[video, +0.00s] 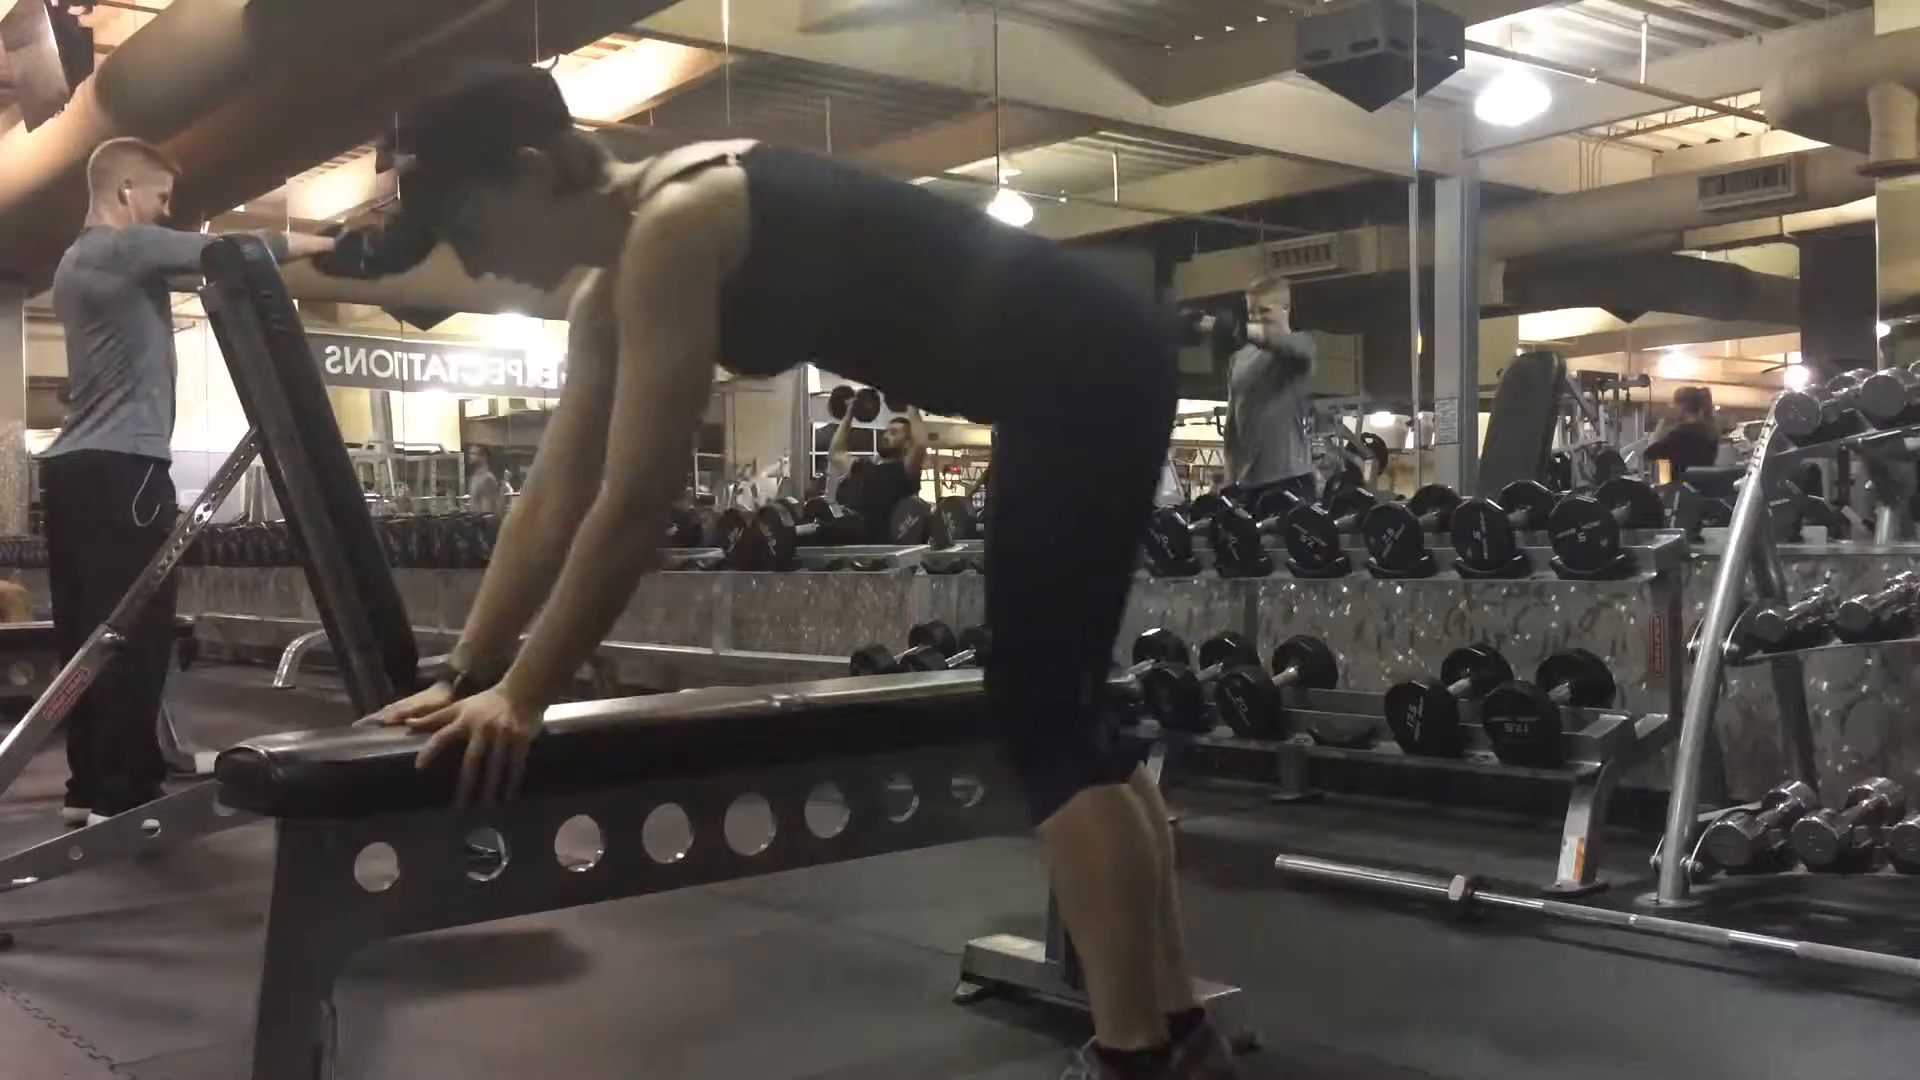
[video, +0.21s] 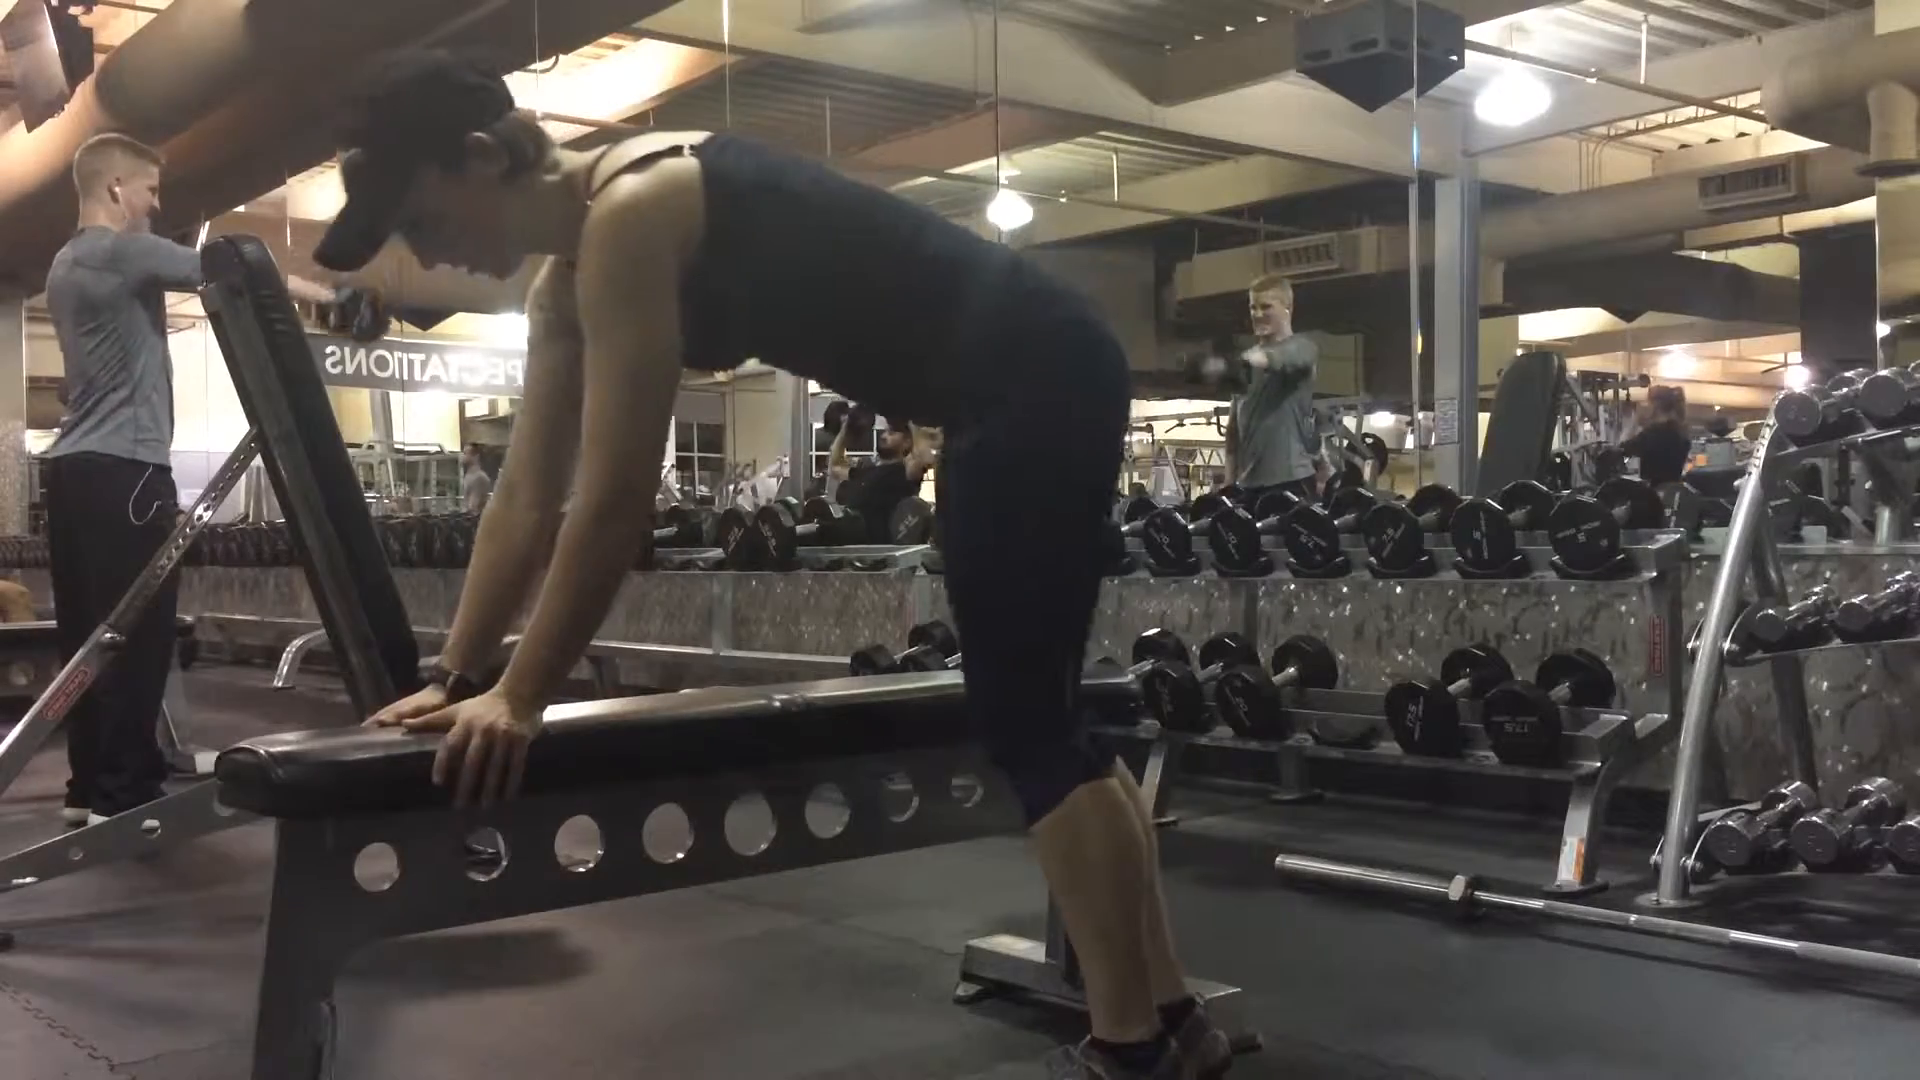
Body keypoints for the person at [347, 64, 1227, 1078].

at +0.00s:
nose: (477, 267)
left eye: (473, 233)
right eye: (460, 244)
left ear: (539, 170)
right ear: (540, 178)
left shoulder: (673, 232)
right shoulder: (619, 272)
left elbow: (639, 498)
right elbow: (559, 487)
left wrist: (518, 697)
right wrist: (464, 672)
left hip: (1081, 362)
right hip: (1073, 362)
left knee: (1041, 723)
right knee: (1071, 714)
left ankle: (1134, 1046)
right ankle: (1172, 1015)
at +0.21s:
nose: (435, 259)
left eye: (425, 224)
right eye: (416, 242)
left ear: (482, 161)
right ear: (475, 177)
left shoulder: (633, 222)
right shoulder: (571, 269)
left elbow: (618, 500)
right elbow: (528, 490)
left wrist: (517, 693)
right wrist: (456, 673)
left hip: (1035, 375)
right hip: (1007, 384)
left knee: (1023, 721)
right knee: (1040, 716)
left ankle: (1130, 1037)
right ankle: (1165, 1007)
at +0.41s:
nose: (403, 258)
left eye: (394, 225)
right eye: (384, 240)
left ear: (451, 157)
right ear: (451, 169)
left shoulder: (607, 220)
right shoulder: (543, 273)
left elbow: (612, 501)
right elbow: (515, 482)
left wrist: (516, 694)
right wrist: (456, 672)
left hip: (1009, 374)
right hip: (965, 393)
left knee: (1021, 722)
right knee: (1018, 715)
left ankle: (1134, 1035)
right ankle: (1149, 994)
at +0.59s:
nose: (402, 283)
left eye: (394, 245)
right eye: (382, 261)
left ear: (455, 179)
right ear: (454, 192)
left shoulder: (610, 239)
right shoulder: (539, 287)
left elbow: (638, 505)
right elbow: (525, 495)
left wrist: (522, 695)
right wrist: (458, 674)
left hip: (996, 430)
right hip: (926, 453)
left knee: (934, 769)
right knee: (936, 756)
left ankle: (1128, 1036)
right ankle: (1123, 992)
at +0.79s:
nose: (274, 281)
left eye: (260, 248)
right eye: (251, 263)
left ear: (314, 181)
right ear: (296, 210)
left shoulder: (512, 218)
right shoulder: (411, 279)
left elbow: (570, 492)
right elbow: (444, 478)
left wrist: (522, 688)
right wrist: (448, 670)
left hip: (887, 356)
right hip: (824, 385)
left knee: (957, 681)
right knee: (948, 677)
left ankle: (1077, 956)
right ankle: (1077, 940)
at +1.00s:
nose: (238, 324)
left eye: (222, 297)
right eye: (211, 313)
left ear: (253, 205)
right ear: (238, 216)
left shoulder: (425, 202)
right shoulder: (337, 266)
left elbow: (508, 459)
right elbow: (402, 475)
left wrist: (514, 687)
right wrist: (440, 670)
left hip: (776, 196)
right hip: (701, 235)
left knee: (717, 483)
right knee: (685, 504)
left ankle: (953, 444)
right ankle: (934, 441)